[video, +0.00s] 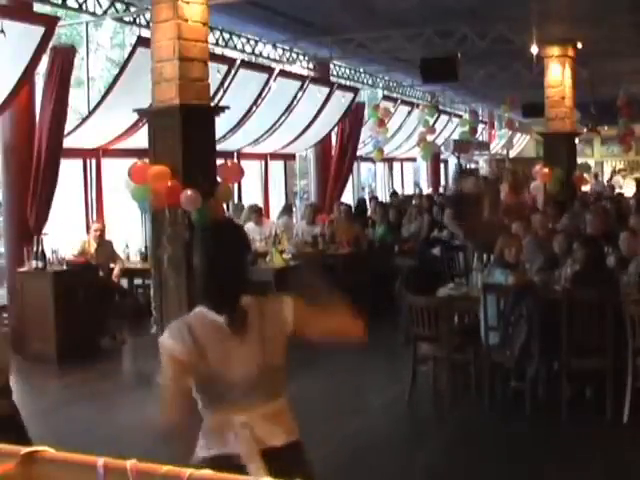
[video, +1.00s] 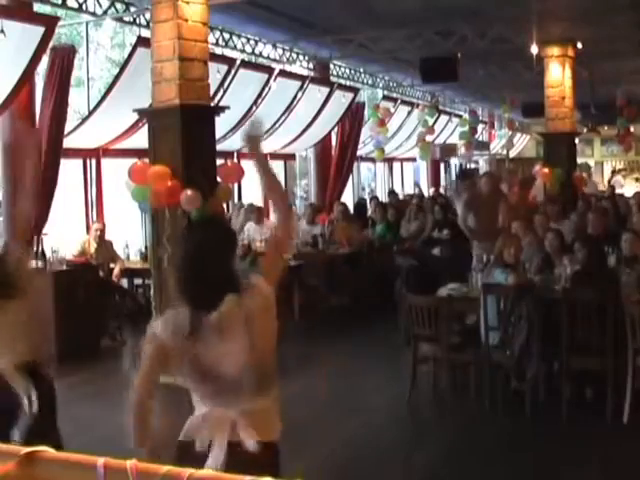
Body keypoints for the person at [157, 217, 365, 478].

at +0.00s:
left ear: (195, 266)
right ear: (245, 261)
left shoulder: (180, 336)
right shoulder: (279, 311)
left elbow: (174, 420)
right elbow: (354, 329)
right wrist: (315, 281)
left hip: (219, 461)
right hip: (282, 454)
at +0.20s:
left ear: (206, 260)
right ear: (254, 258)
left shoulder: (195, 315)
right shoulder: (284, 324)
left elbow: (149, 270)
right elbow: (301, 404)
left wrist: (154, 201)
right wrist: (313, 464)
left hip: (216, 451)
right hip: (274, 453)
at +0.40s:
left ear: (211, 260)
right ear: (261, 262)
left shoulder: (196, 305)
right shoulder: (271, 341)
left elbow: (162, 281)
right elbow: (247, 418)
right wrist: (278, 469)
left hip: (209, 449)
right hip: (254, 459)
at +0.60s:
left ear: (199, 264)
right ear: (247, 266)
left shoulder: (176, 328)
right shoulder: (268, 339)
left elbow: (175, 410)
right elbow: (265, 419)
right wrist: (295, 416)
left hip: (194, 461)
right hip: (247, 465)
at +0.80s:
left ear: (188, 256)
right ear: (234, 255)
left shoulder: (171, 321)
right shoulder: (258, 304)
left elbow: (131, 382)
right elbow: (308, 251)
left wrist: (148, 436)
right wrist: (300, 207)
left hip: (192, 449)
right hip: (250, 451)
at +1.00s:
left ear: (181, 264)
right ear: (231, 259)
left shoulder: (167, 330)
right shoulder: (259, 305)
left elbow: (141, 398)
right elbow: (284, 220)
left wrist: (143, 447)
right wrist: (258, 157)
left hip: (196, 453)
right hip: (257, 455)